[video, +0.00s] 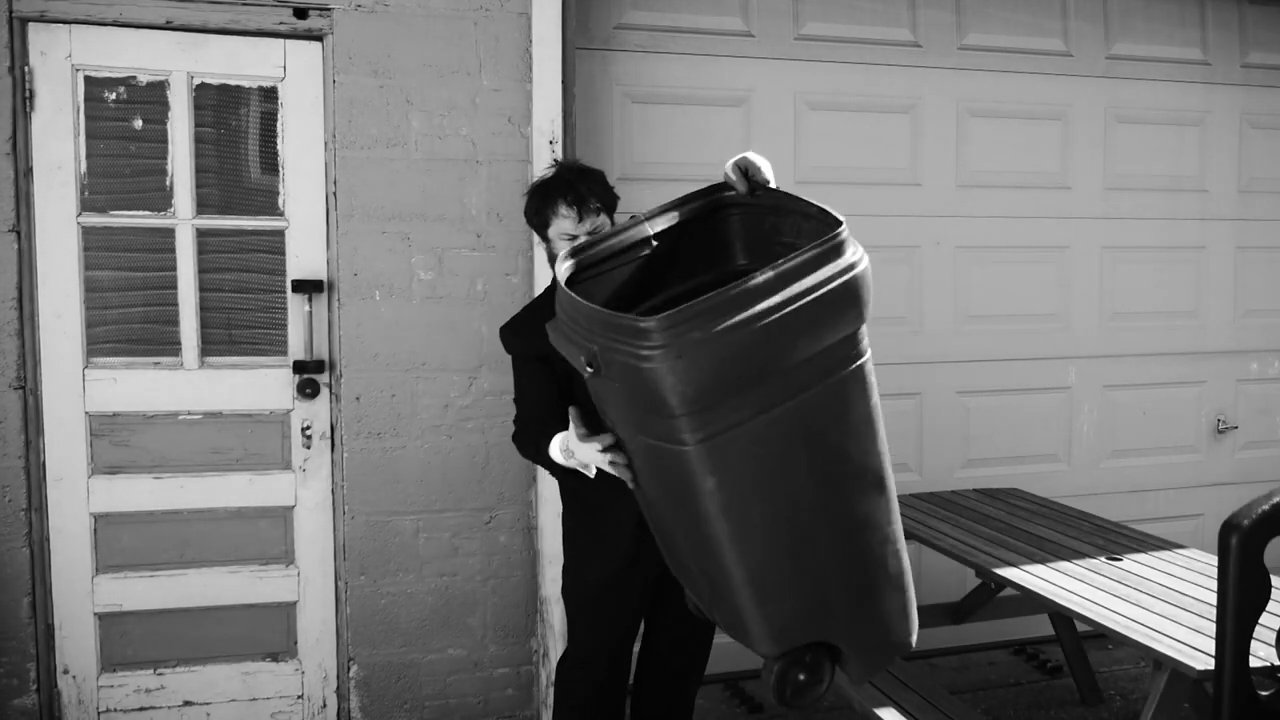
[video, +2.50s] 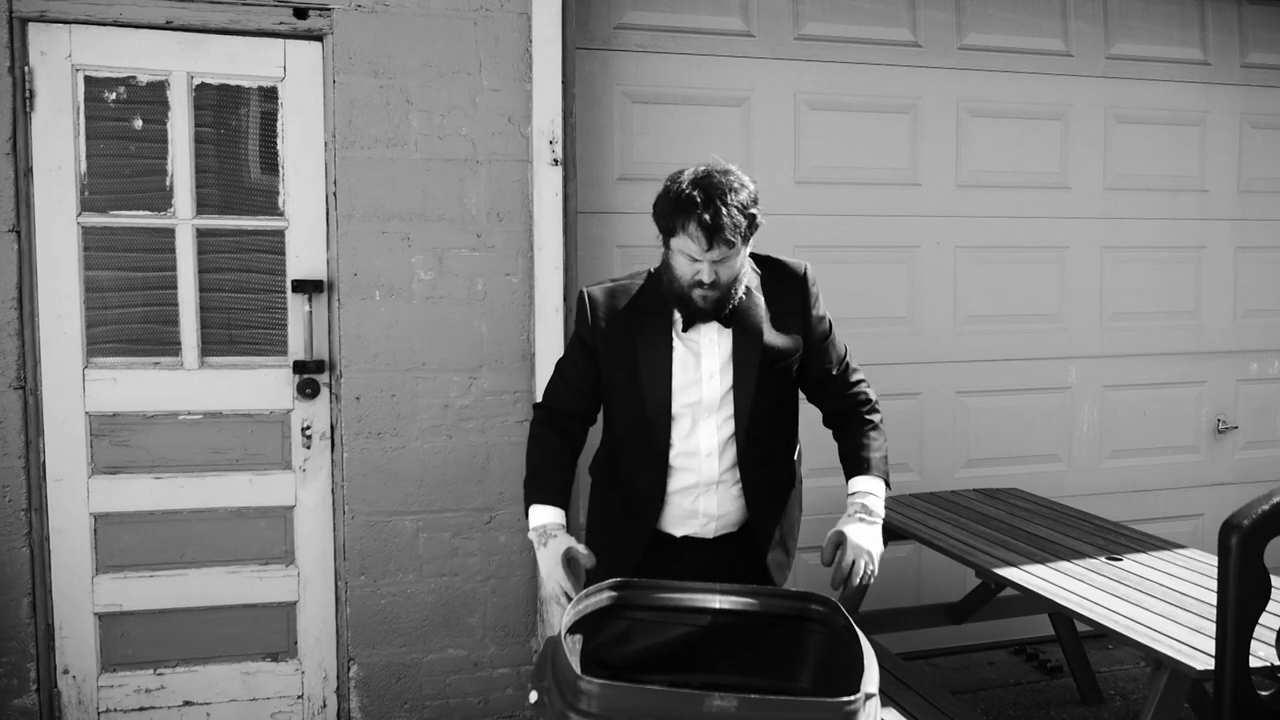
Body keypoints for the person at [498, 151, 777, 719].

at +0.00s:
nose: (585, 249)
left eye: (595, 233)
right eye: (568, 241)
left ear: (618, 223)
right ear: (546, 247)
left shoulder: (666, 288)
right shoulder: (535, 330)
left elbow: (732, 270)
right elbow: (531, 430)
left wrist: (748, 203)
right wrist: (565, 450)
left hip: (691, 522)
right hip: (603, 532)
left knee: (673, 684)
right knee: (593, 683)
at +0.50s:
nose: (578, 248)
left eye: (588, 231)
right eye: (560, 237)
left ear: (609, 219)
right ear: (534, 239)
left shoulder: (652, 256)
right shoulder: (510, 319)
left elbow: (740, 254)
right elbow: (454, 402)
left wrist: (747, 221)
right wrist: (481, 414)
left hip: (680, 507)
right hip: (572, 524)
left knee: (675, 680)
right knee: (588, 684)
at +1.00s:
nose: (592, 258)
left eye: (605, 239)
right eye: (572, 244)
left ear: (627, 225)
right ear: (543, 238)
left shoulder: (670, 278)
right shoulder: (503, 316)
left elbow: (768, 335)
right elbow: (436, 405)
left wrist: (793, 377)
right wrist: (476, 457)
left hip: (668, 534)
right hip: (557, 545)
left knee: (675, 693)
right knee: (570, 700)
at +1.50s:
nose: (677, 302)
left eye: (694, 286)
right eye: (661, 285)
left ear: (718, 268)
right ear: (633, 264)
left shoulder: (750, 313)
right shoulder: (576, 338)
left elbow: (801, 423)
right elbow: (527, 448)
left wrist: (827, 535)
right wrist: (525, 566)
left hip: (715, 559)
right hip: (607, 566)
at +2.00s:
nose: (705, 306)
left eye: (721, 290)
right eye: (689, 289)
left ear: (747, 273)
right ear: (661, 267)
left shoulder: (780, 313)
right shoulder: (604, 334)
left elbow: (825, 422)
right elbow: (558, 444)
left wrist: (848, 545)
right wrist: (547, 561)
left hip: (739, 562)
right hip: (632, 565)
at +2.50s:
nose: (706, 276)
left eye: (723, 259)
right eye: (691, 258)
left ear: (747, 244)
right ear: (666, 242)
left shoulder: (788, 298)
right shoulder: (608, 314)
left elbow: (851, 403)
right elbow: (558, 420)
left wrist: (865, 511)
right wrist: (547, 529)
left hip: (748, 556)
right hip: (638, 554)